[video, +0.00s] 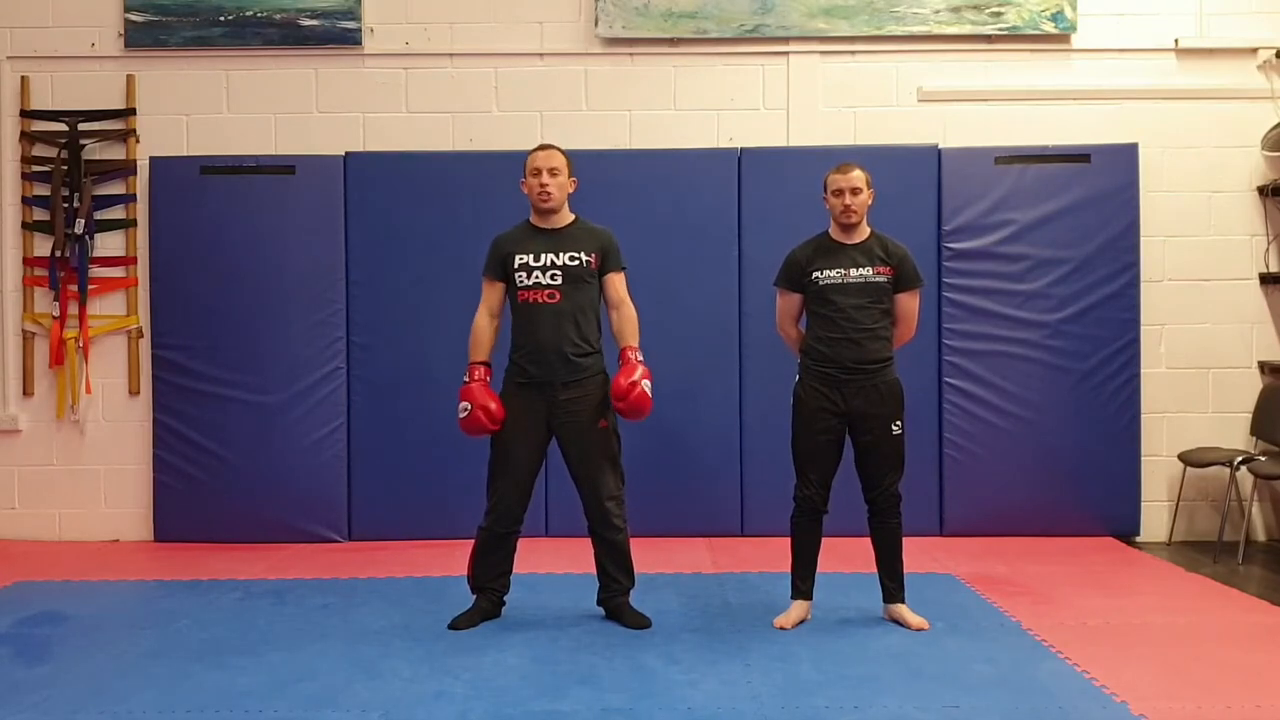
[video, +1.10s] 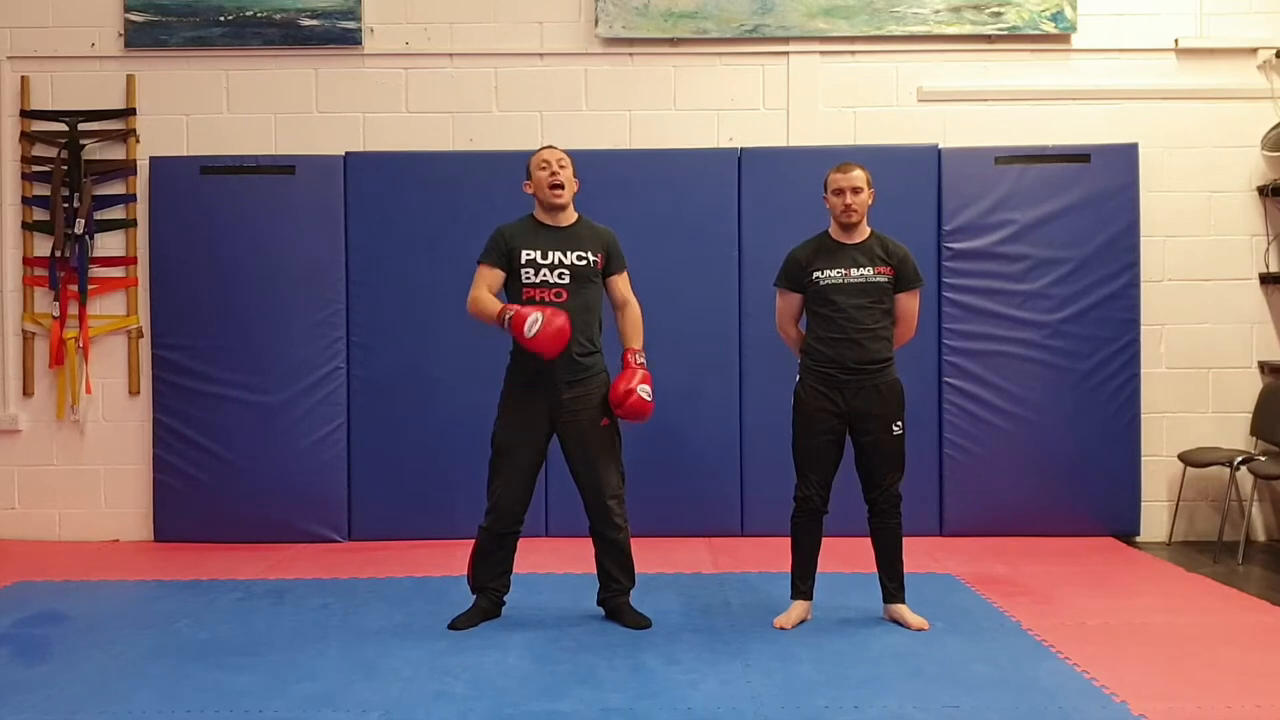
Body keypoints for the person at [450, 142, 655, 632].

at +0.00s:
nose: (543, 181)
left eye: (552, 174)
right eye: (535, 174)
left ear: (571, 183)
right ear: (525, 184)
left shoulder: (598, 240)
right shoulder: (507, 245)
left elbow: (620, 304)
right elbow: (488, 314)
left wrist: (632, 360)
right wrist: (476, 376)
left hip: (586, 389)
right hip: (524, 390)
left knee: (606, 500)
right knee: (504, 501)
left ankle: (616, 597)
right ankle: (488, 597)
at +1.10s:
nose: (556, 173)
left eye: (562, 166)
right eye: (545, 168)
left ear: (576, 181)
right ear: (530, 186)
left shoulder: (601, 239)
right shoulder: (508, 238)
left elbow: (626, 303)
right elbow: (478, 298)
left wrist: (635, 364)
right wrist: (516, 318)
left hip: (587, 387)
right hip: (527, 388)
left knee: (607, 498)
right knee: (505, 497)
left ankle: (616, 597)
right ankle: (488, 597)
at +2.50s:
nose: (559, 183)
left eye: (568, 175)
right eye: (551, 174)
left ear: (582, 184)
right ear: (536, 182)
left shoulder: (604, 243)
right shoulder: (511, 241)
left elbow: (620, 311)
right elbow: (489, 309)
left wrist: (634, 373)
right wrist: (481, 372)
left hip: (587, 389)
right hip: (524, 389)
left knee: (607, 500)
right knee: (504, 501)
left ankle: (616, 597)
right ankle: (488, 597)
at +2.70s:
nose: (557, 183)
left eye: (566, 175)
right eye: (549, 175)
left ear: (581, 185)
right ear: (534, 183)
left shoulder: (604, 244)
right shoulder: (511, 241)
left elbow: (619, 311)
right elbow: (485, 307)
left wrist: (631, 372)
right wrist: (492, 359)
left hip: (588, 389)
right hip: (526, 390)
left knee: (608, 500)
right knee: (504, 501)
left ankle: (616, 597)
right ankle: (488, 597)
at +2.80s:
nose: (552, 186)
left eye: (562, 177)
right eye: (544, 177)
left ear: (579, 185)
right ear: (532, 183)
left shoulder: (604, 244)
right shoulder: (512, 242)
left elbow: (620, 311)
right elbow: (482, 304)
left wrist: (632, 372)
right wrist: (501, 336)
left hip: (587, 390)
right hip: (527, 390)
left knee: (608, 500)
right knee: (504, 499)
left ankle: (616, 598)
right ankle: (488, 597)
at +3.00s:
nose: (543, 192)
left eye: (552, 183)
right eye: (535, 184)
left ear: (575, 185)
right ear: (527, 188)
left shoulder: (603, 242)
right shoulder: (514, 240)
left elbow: (622, 311)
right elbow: (486, 305)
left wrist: (633, 373)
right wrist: (515, 257)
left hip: (587, 389)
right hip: (527, 389)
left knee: (607, 500)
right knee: (505, 498)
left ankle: (616, 598)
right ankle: (488, 597)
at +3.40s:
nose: (535, 190)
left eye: (543, 180)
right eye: (525, 182)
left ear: (560, 184)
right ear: (512, 187)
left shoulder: (588, 240)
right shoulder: (496, 241)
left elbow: (609, 307)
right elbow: (480, 302)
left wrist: (622, 366)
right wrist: (517, 251)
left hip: (578, 388)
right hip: (516, 389)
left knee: (601, 499)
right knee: (498, 499)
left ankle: (616, 597)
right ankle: (488, 597)